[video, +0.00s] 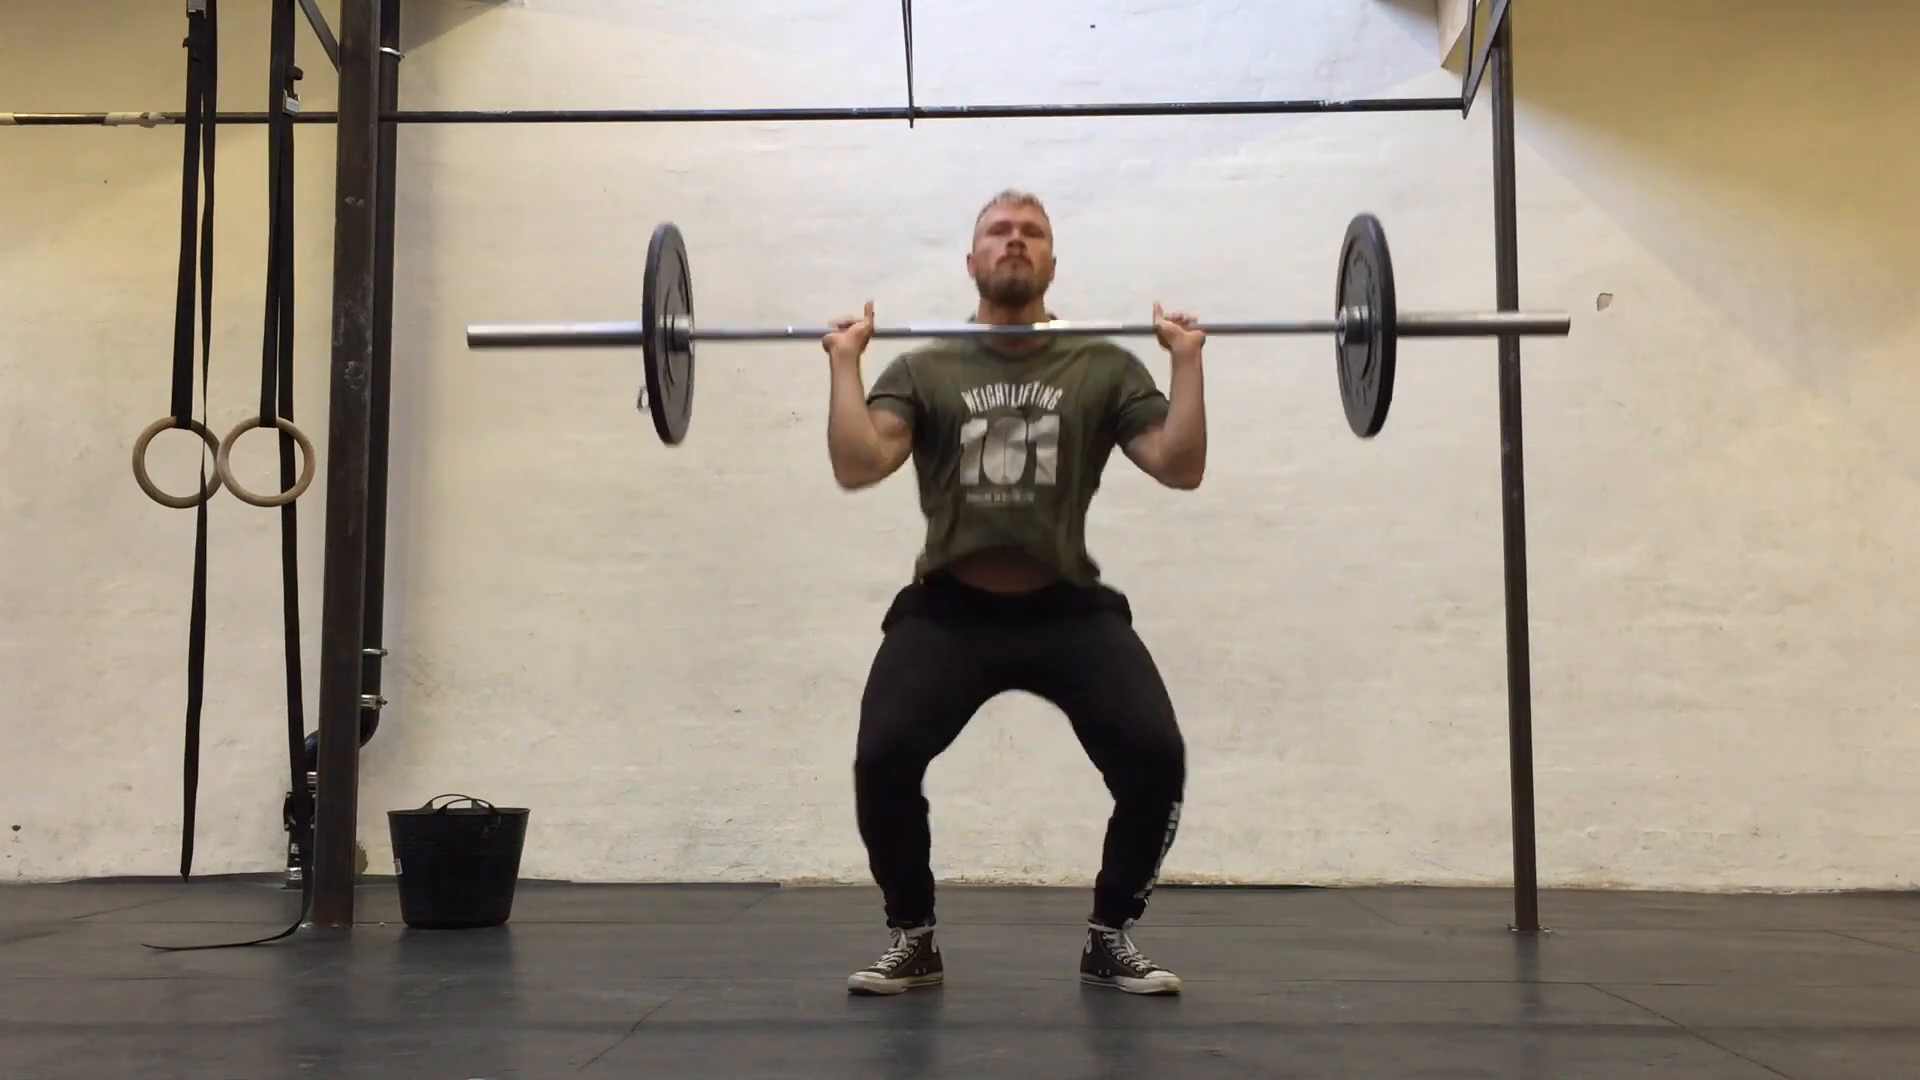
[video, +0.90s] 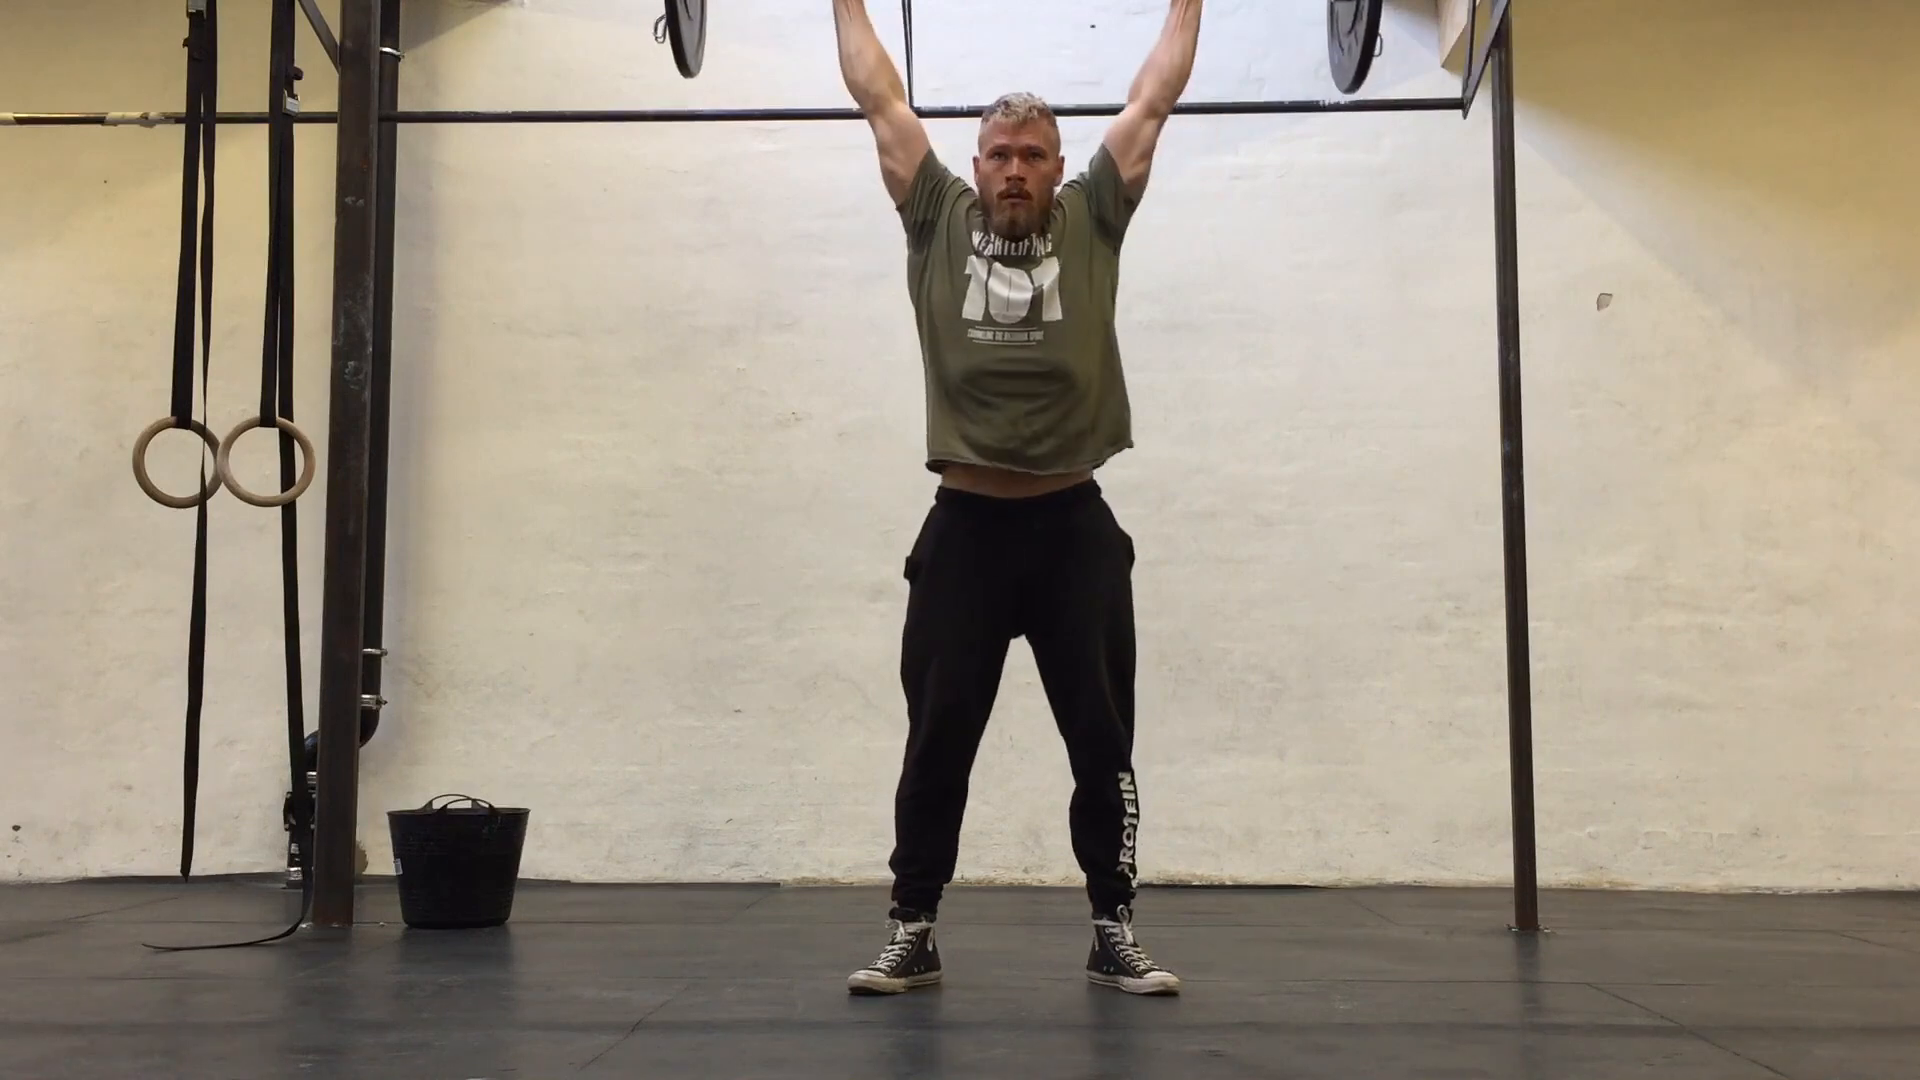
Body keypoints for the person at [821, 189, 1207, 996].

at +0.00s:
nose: (1015, 240)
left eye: (1031, 232)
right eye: (999, 230)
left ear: (1053, 265)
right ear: (970, 261)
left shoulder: (1101, 366)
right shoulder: (925, 370)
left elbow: (1181, 468)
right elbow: (856, 466)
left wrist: (1186, 359)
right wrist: (845, 363)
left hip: (1069, 614)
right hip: (947, 615)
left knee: (1155, 761)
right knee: (882, 761)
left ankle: (1109, 944)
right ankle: (913, 942)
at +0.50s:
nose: (1011, 169)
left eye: (1026, 163)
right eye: (996, 162)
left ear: (1049, 196)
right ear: (971, 195)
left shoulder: (1085, 275)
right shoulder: (936, 278)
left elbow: (1157, 303)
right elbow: (871, 312)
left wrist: (1173, 223)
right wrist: (854, 233)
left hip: (1071, 546)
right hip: (953, 546)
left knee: (1111, 737)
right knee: (917, 739)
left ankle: (1117, 926)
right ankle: (908, 926)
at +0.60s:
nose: (1006, 148)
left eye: (1024, 144)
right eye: (992, 143)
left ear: (1048, 176)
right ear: (972, 174)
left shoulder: (1088, 243)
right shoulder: (931, 246)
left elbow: (1188, 214)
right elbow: (840, 219)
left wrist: (1181, 116)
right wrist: (846, 117)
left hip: (1072, 507)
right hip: (958, 509)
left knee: (1107, 710)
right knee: (932, 711)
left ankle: (1128, 912)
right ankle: (902, 914)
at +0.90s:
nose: (1013, 170)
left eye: (1032, 155)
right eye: (997, 154)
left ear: (1059, 167)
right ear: (974, 164)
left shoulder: (1092, 220)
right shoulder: (938, 220)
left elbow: (1152, 106)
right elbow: (878, 98)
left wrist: (1187, 5)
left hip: (1074, 532)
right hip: (965, 533)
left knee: (1103, 744)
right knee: (937, 739)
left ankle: (1116, 939)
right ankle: (911, 939)